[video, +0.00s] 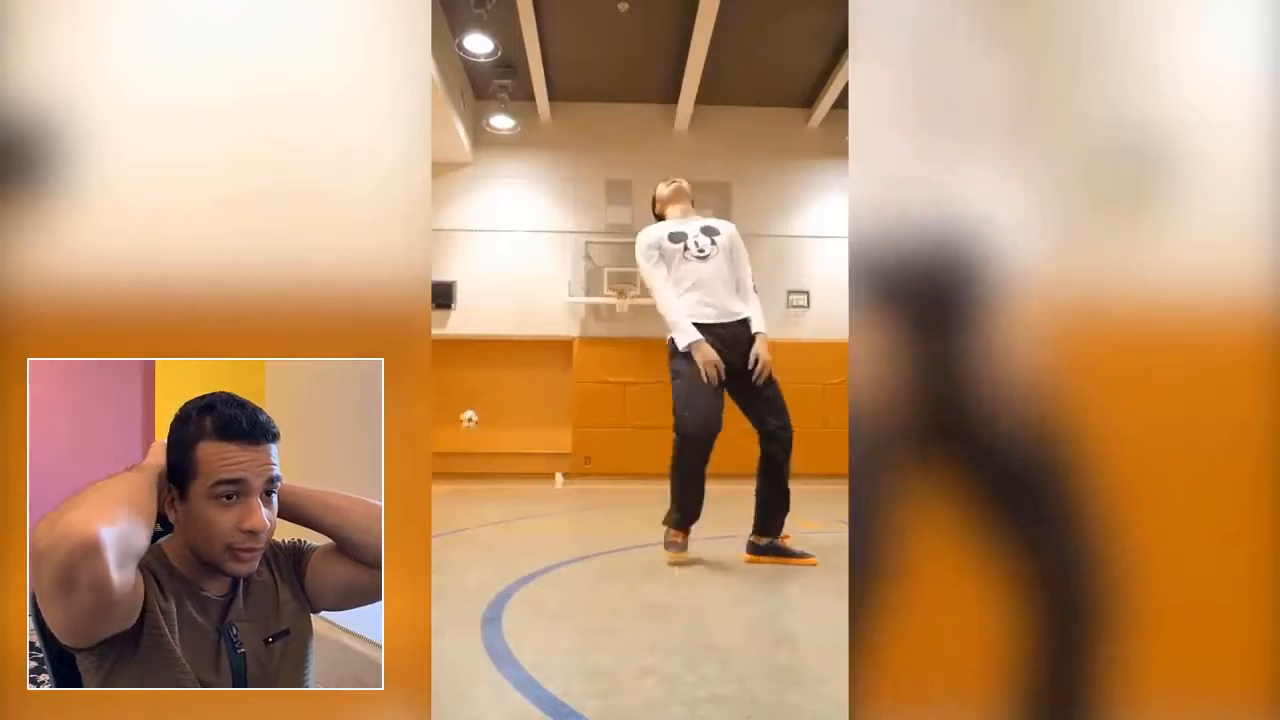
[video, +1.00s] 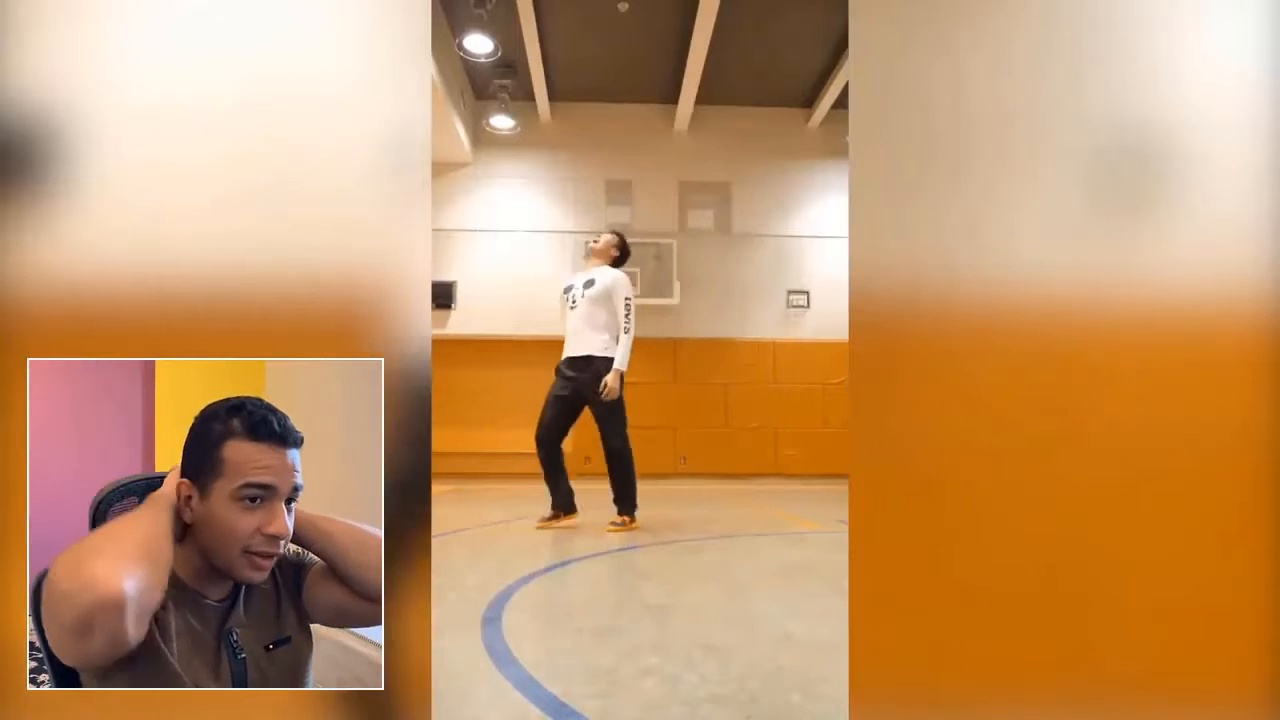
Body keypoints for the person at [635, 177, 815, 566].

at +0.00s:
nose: (675, 181)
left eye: (680, 182)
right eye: (666, 184)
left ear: (693, 199)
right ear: (658, 207)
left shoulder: (725, 228)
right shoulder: (651, 235)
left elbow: (747, 288)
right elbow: (663, 295)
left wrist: (760, 335)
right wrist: (694, 342)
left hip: (739, 334)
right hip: (692, 338)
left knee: (778, 431)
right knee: (697, 430)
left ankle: (766, 535)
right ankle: (679, 525)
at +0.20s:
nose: (655, 210)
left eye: (662, 211)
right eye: (647, 213)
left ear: (674, 227)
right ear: (641, 233)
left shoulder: (700, 247)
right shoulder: (629, 262)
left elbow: (721, 300)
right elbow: (632, 315)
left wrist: (730, 348)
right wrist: (645, 364)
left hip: (706, 353)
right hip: (656, 360)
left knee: (750, 442)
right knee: (639, 448)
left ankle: (765, 535)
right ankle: (631, 518)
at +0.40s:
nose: (632, 215)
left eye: (641, 213)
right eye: (631, 215)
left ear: (657, 227)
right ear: (627, 231)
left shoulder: (670, 250)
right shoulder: (608, 269)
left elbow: (681, 304)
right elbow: (604, 322)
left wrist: (682, 353)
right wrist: (595, 364)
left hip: (661, 349)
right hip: (619, 354)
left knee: (705, 429)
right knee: (619, 442)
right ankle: (631, 523)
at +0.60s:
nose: (616, 220)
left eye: (625, 216)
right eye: (618, 216)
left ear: (639, 226)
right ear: (623, 230)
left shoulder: (654, 257)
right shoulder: (602, 277)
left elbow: (661, 308)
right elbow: (600, 326)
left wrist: (646, 352)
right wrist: (588, 367)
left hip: (643, 356)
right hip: (606, 360)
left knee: (651, 434)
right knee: (610, 440)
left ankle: (637, 496)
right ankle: (628, 521)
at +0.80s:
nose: (600, 239)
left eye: (607, 235)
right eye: (603, 234)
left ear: (622, 245)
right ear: (614, 246)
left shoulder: (635, 281)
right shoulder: (591, 288)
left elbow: (641, 333)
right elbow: (589, 339)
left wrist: (624, 375)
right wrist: (578, 380)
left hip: (626, 376)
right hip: (592, 376)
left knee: (627, 447)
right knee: (590, 444)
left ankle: (627, 513)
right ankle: (609, 515)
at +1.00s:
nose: (596, 238)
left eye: (605, 237)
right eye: (599, 235)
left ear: (615, 252)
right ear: (597, 248)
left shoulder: (618, 278)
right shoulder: (575, 281)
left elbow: (627, 329)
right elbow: (574, 327)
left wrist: (617, 370)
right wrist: (565, 361)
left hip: (602, 366)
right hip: (571, 366)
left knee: (615, 442)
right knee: (546, 437)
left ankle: (626, 512)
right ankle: (564, 508)